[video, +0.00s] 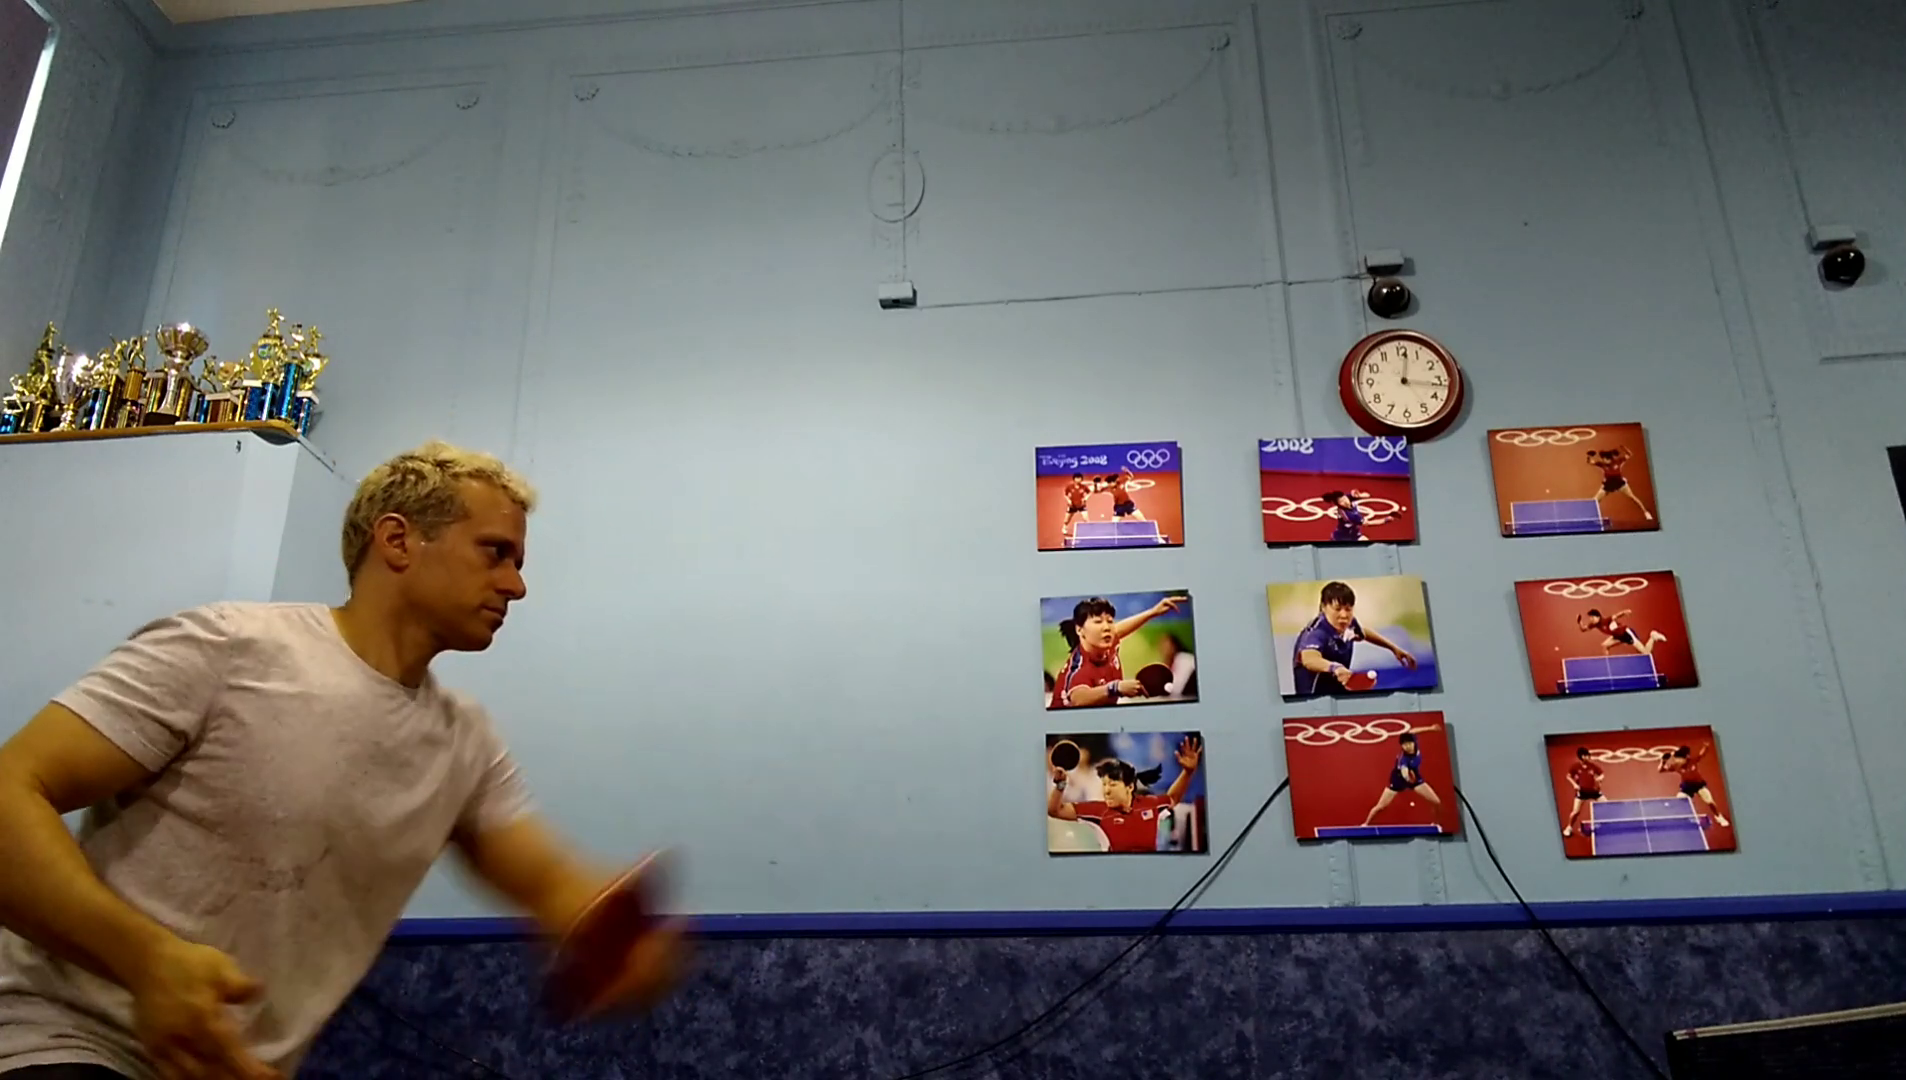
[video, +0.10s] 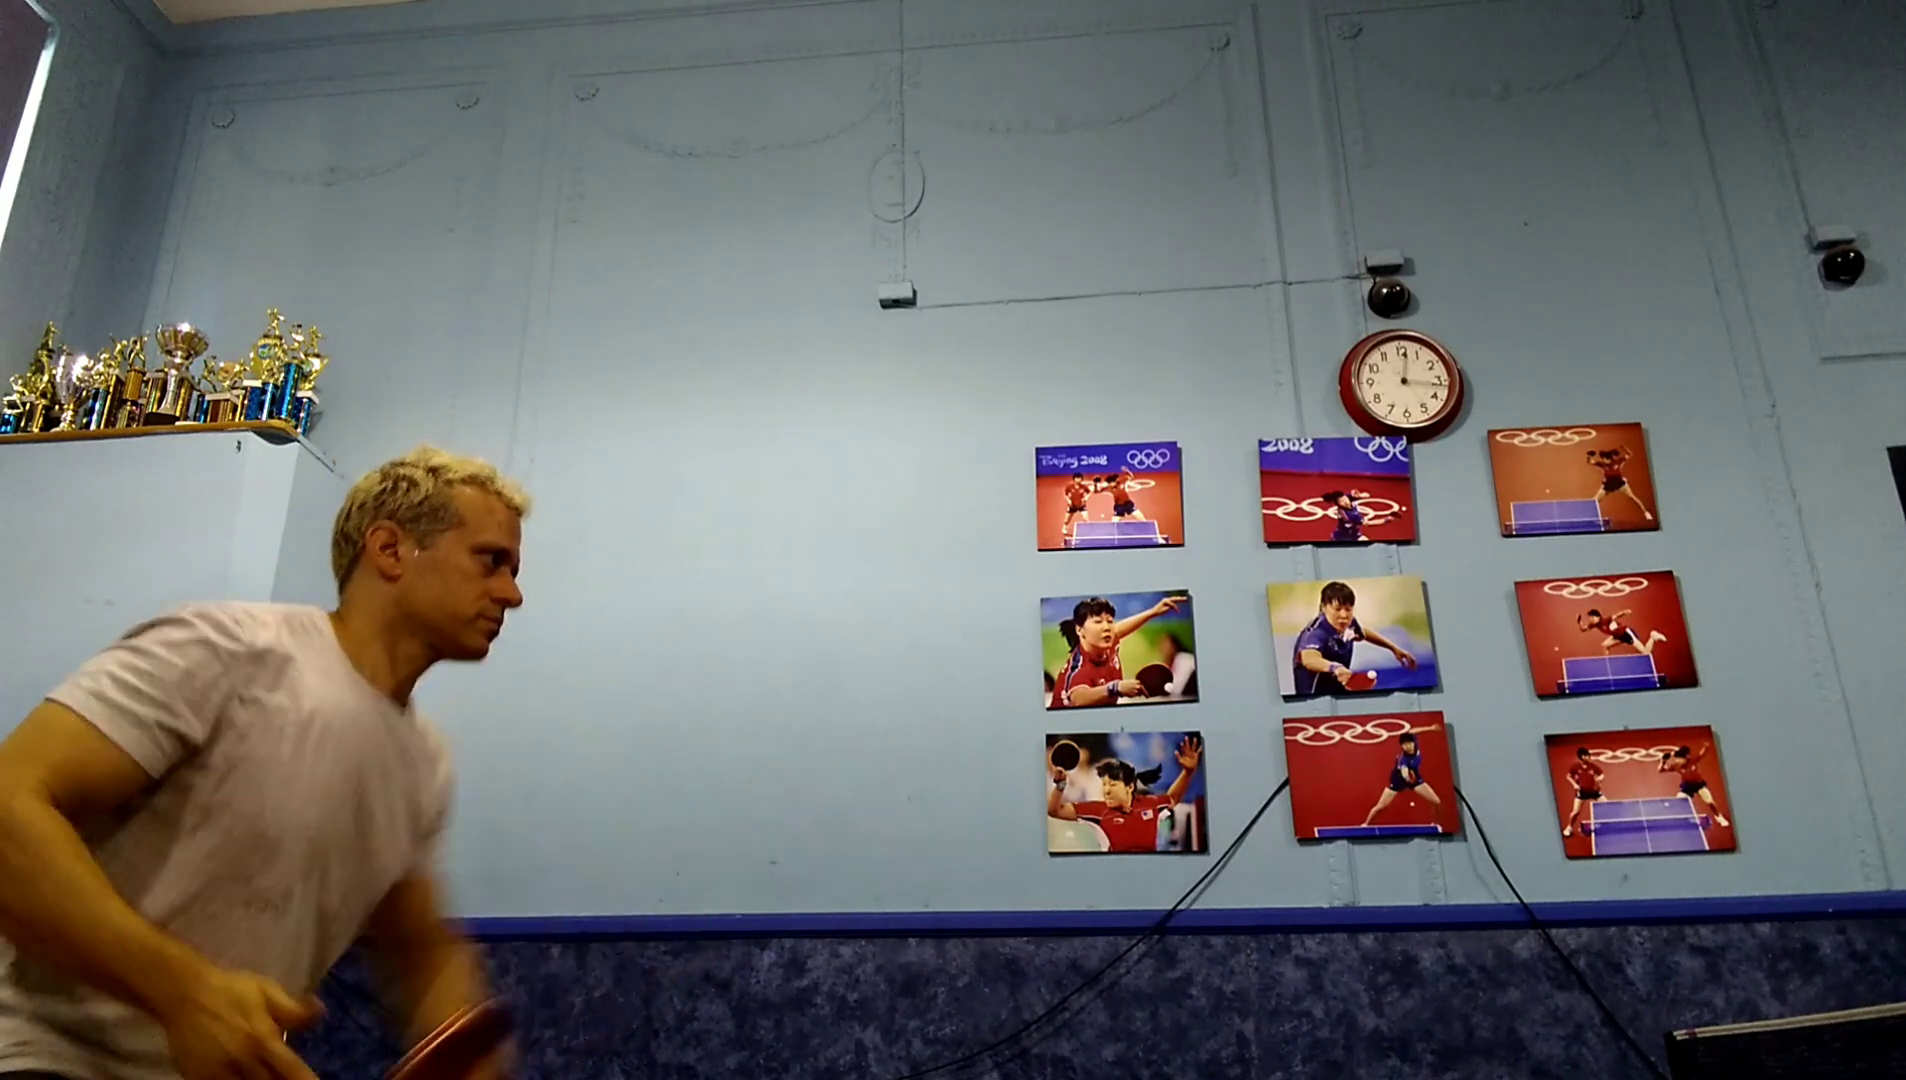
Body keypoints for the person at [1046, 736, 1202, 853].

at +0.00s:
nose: (1107, 790)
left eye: (1113, 785)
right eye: (1104, 785)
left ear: (1130, 787)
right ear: (1101, 787)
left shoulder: (1151, 804)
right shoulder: (1100, 811)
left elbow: (1172, 798)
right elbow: (1055, 811)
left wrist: (1188, 771)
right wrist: (1059, 785)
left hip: (1151, 872)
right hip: (1116, 874)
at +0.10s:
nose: (1107, 790)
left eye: (1113, 785)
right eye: (1104, 785)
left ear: (1130, 787)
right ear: (1101, 787)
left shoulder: (1151, 804)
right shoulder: (1100, 811)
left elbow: (1172, 798)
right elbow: (1055, 811)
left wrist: (1188, 771)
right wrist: (1059, 785)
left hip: (1151, 872)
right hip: (1116, 873)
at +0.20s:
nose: (1107, 790)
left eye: (1113, 785)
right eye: (1104, 785)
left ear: (1130, 787)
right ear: (1101, 787)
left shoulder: (1151, 804)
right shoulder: (1100, 811)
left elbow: (1172, 798)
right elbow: (1055, 811)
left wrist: (1188, 771)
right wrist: (1059, 785)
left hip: (1151, 872)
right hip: (1116, 874)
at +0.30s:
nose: (1107, 790)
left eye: (1113, 785)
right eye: (1104, 785)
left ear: (1130, 787)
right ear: (1101, 786)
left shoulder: (1151, 804)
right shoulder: (1100, 810)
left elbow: (1173, 798)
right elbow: (1055, 811)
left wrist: (1188, 772)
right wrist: (1059, 785)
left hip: (1151, 872)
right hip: (1116, 874)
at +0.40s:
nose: (1107, 790)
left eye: (1113, 785)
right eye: (1104, 785)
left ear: (1130, 787)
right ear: (1101, 787)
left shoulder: (1151, 804)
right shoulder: (1100, 811)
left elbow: (1172, 798)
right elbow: (1055, 811)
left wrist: (1188, 771)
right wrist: (1059, 785)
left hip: (1151, 872)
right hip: (1116, 873)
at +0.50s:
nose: (1107, 790)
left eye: (1113, 785)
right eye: (1104, 785)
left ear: (1130, 787)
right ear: (1101, 787)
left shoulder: (1151, 804)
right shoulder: (1100, 811)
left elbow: (1172, 798)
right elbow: (1055, 811)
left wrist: (1188, 771)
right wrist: (1060, 785)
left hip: (1152, 872)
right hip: (1116, 874)